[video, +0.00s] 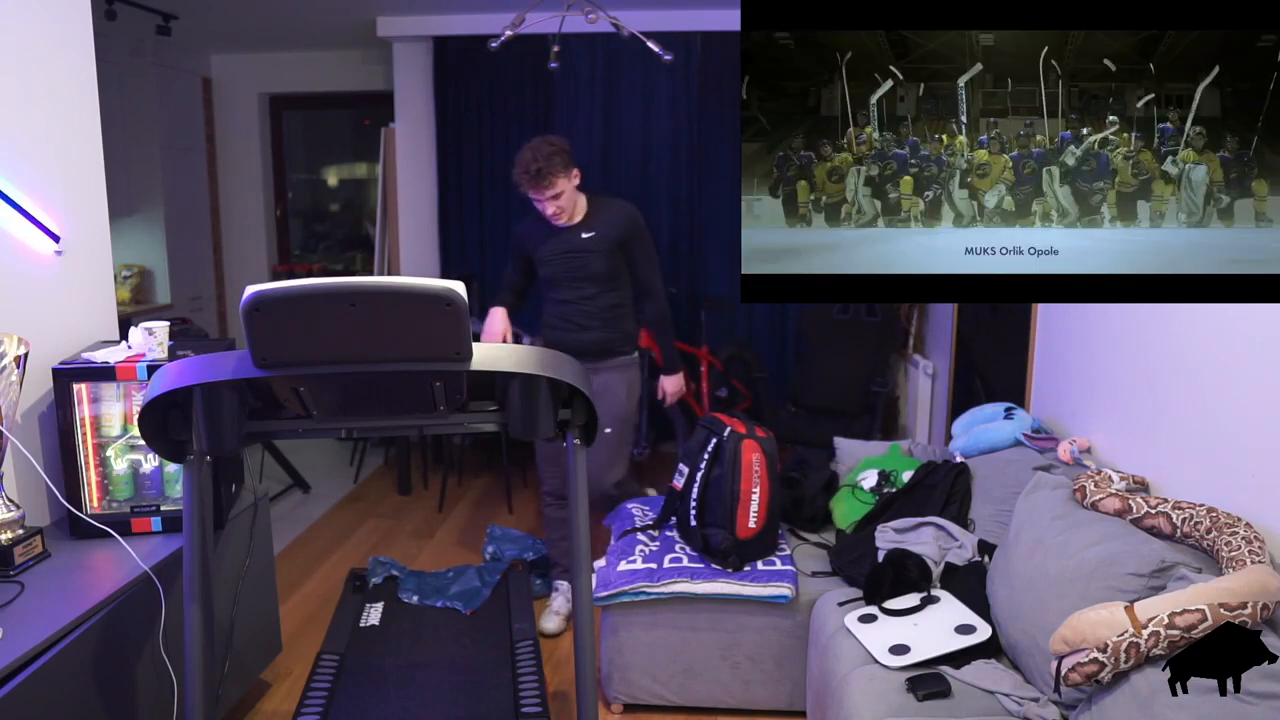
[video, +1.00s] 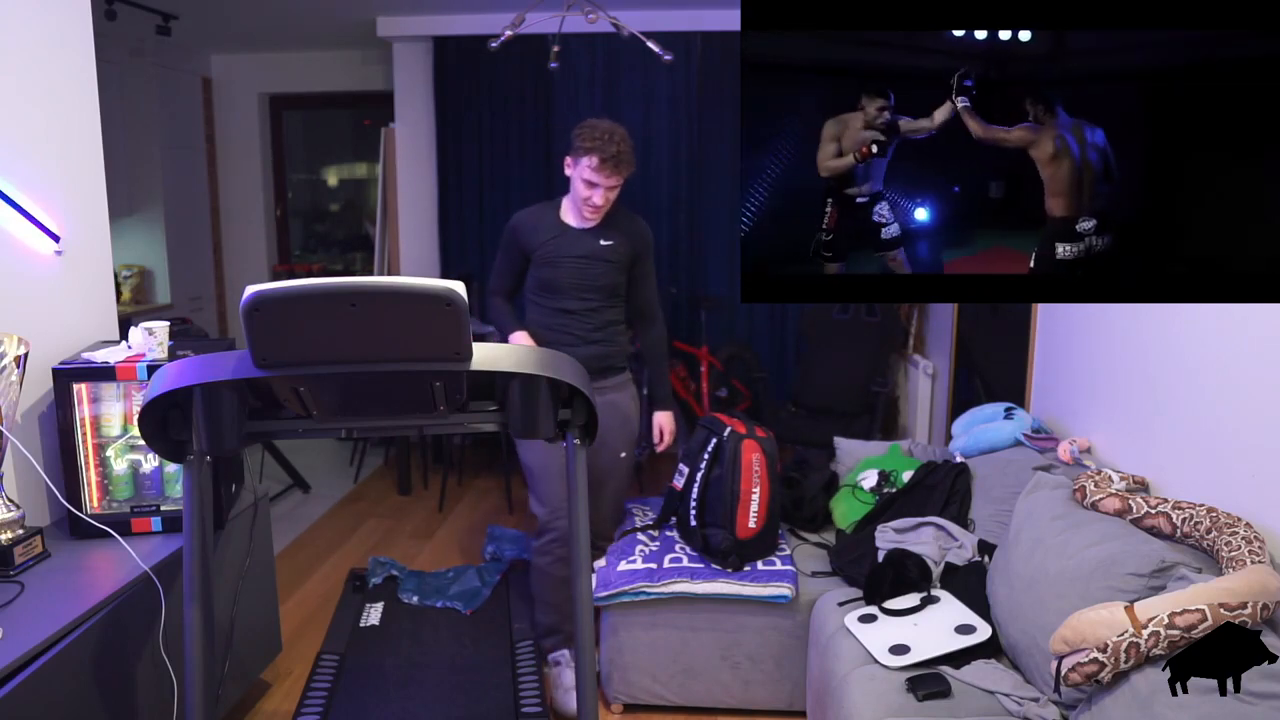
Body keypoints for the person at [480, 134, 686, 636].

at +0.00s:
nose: (550, 208)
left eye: (556, 196)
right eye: (539, 201)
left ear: (576, 178)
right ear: (528, 196)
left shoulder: (620, 220)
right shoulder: (531, 231)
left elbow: (652, 294)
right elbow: (516, 282)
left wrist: (670, 365)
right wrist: (499, 308)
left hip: (615, 368)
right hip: (552, 369)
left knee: (603, 483)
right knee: (555, 486)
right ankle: (563, 582)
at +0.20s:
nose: (549, 201)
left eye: (558, 189)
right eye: (539, 192)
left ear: (577, 176)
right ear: (527, 185)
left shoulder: (614, 219)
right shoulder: (524, 231)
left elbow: (646, 295)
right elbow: (515, 300)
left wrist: (658, 368)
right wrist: (479, 311)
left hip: (607, 366)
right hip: (545, 366)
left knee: (563, 477)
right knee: (547, 487)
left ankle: (600, 494)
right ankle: (563, 585)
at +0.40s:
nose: (558, 201)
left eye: (568, 190)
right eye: (548, 190)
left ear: (585, 179)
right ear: (534, 180)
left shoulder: (614, 223)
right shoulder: (519, 228)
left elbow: (636, 303)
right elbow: (507, 294)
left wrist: (639, 378)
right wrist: (486, 314)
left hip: (602, 368)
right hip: (538, 369)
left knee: (583, 488)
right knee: (547, 493)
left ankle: (580, 584)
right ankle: (562, 588)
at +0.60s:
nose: (575, 198)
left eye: (586, 189)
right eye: (567, 187)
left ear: (600, 181)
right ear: (549, 174)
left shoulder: (621, 229)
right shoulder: (521, 228)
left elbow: (637, 311)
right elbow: (501, 293)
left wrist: (639, 389)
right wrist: (507, 323)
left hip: (604, 379)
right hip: (537, 378)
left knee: (597, 505)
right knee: (548, 503)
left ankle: (590, 614)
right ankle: (556, 588)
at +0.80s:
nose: (591, 197)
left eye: (602, 188)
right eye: (583, 185)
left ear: (615, 183)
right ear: (562, 171)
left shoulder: (628, 233)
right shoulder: (525, 229)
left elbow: (646, 318)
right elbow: (499, 298)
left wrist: (656, 398)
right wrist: (514, 327)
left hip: (609, 386)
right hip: (538, 385)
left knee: (603, 511)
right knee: (546, 512)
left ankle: (590, 596)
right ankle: (550, 592)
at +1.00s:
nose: (599, 198)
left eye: (611, 187)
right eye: (591, 184)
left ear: (624, 183)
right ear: (569, 169)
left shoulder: (632, 234)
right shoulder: (528, 227)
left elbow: (649, 319)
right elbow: (498, 295)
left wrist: (662, 400)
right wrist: (514, 331)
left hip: (614, 396)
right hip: (543, 395)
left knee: (600, 530)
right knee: (560, 526)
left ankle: (586, 641)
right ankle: (558, 652)